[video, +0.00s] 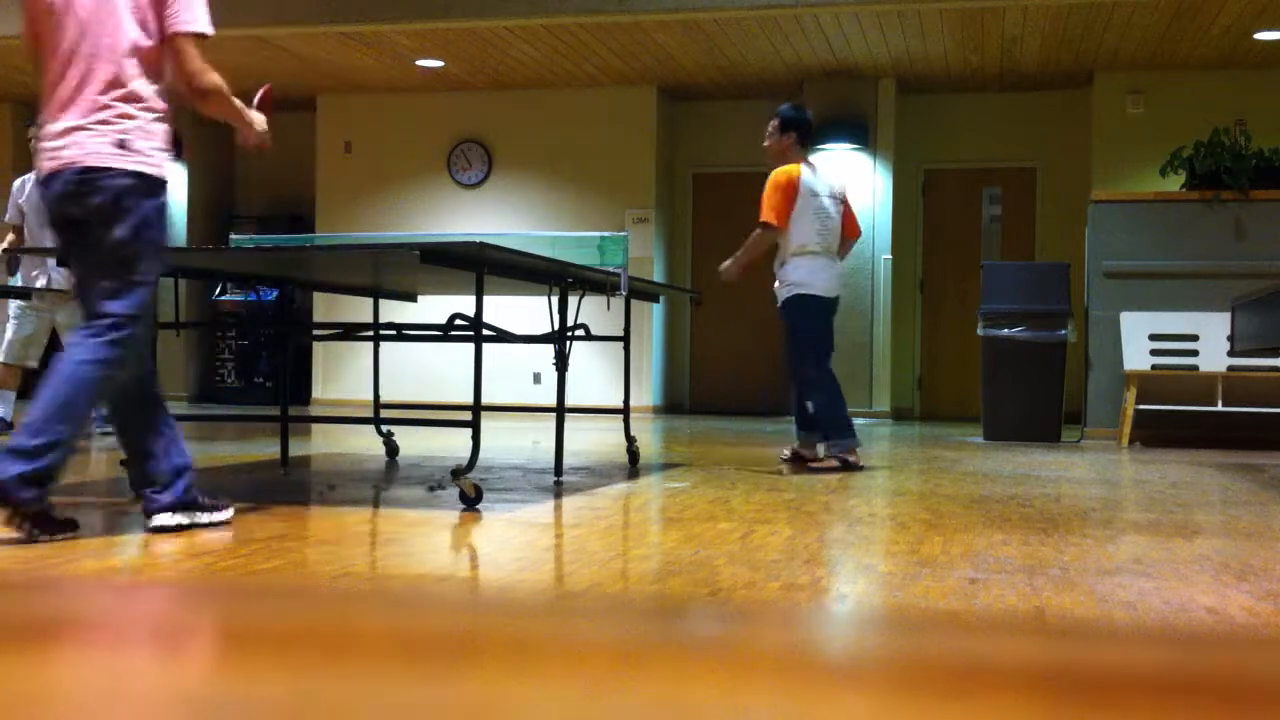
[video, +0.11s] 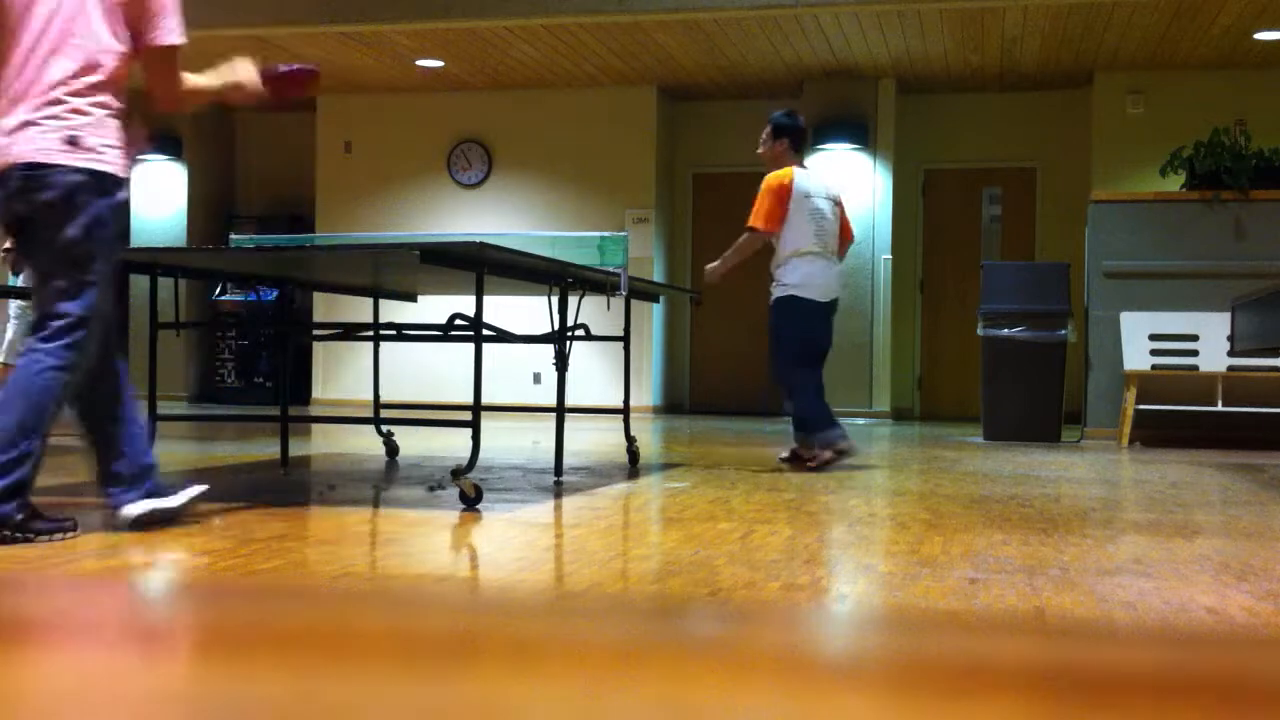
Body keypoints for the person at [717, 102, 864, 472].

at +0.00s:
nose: (765, 141)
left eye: (771, 134)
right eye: (767, 133)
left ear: (791, 138)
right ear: (797, 139)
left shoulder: (783, 176)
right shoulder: (826, 180)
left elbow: (769, 229)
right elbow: (851, 232)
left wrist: (737, 262)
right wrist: (825, 264)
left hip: (801, 281)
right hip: (826, 281)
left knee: (812, 365)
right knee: (806, 364)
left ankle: (843, 448)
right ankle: (808, 445)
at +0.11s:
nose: (759, 147)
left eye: (765, 140)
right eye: (761, 140)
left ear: (783, 143)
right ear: (792, 145)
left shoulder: (778, 180)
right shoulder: (824, 185)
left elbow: (758, 233)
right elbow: (845, 238)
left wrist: (721, 265)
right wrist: (823, 269)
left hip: (795, 285)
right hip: (825, 286)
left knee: (789, 366)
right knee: (808, 367)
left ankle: (831, 438)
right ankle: (807, 444)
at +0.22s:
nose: (749, 159)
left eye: (753, 150)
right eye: (749, 151)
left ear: (771, 149)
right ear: (782, 151)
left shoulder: (773, 181)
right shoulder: (814, 186)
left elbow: (741, 235)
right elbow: (828, 245)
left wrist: (702, 269)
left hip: (789, 288)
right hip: (823, 292)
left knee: (753, 354)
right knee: (806, 365)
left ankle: (791, 434)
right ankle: (805, 443)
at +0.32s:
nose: (740, 161)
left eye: (743, 153)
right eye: (740, 153)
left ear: (758, 153)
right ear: (772, 154)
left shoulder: (761, 182)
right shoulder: (801, 183)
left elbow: (728, 236)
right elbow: (811, 240)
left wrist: (690, 271)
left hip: (786, 285)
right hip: (822, 289)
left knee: (747, 355)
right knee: (806, 366)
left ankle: (747, 444)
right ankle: (807, 447)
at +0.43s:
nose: (726, 170)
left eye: (729, 161)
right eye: (726, 162)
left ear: (743, 158)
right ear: (759, 157)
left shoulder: (746, 188)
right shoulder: (793, 185)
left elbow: (714, 241)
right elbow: (798, 240)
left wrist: (680, 274)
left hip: (776, 290)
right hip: (815, 293)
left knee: (742, 363)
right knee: (806, 365)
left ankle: (715, 443)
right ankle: (808, 446)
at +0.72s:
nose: (687, 178)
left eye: (688, 171)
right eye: (686, 171)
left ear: (702, 169)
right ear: (720, 167)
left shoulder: (704, 203)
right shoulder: (755, 188)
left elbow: (687, 259)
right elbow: (751, 244)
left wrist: (648, 279)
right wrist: (714, 269)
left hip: (745, 293)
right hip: (788, 291)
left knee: (711, 369)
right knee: (791, 369)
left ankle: (713, 448)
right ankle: (805, 446)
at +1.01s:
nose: (679, 165)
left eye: (682, 158)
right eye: (679, 158)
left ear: (698, 159)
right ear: (715, 160)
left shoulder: (696, 194)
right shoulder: (749, 182)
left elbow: (670, 250)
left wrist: (638, 260)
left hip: (730, 290)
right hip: (773, 287)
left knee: (702, 369)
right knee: (781, 366)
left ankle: (713, 448)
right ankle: (799, 446)